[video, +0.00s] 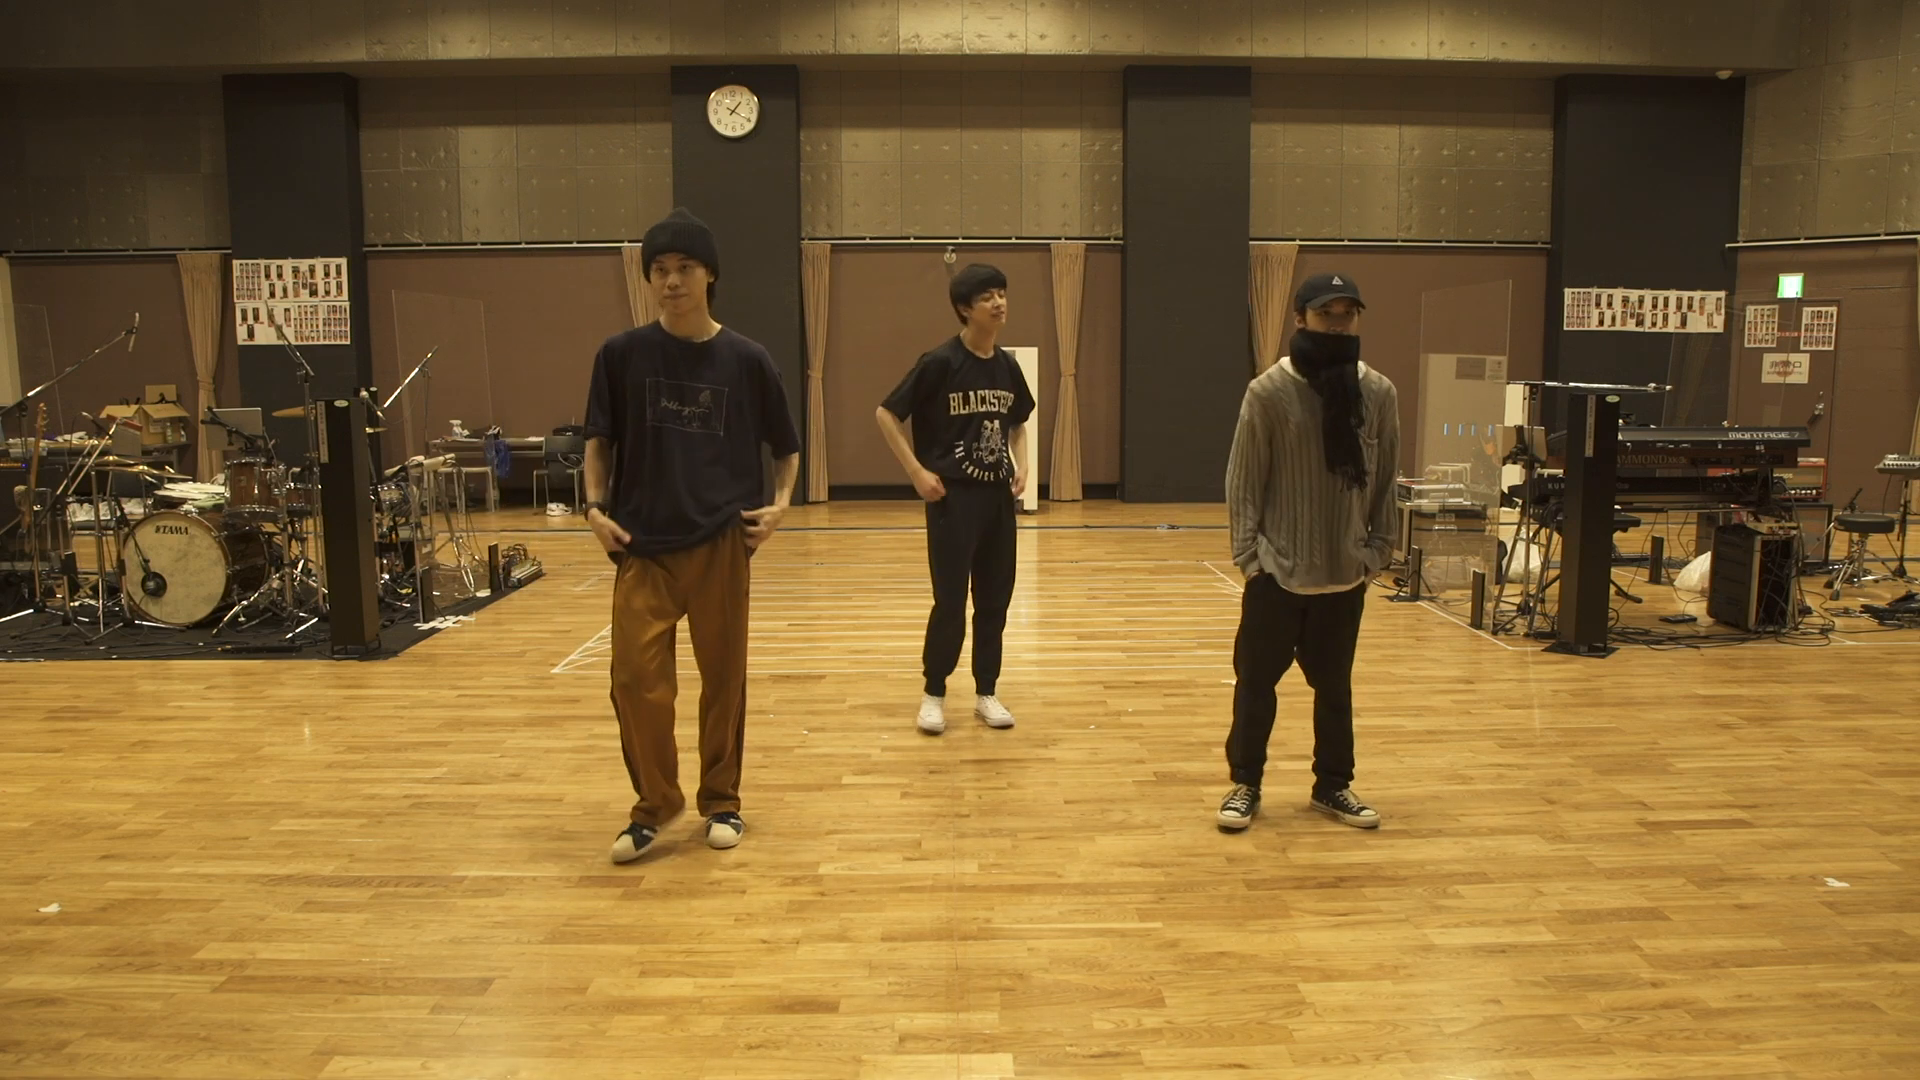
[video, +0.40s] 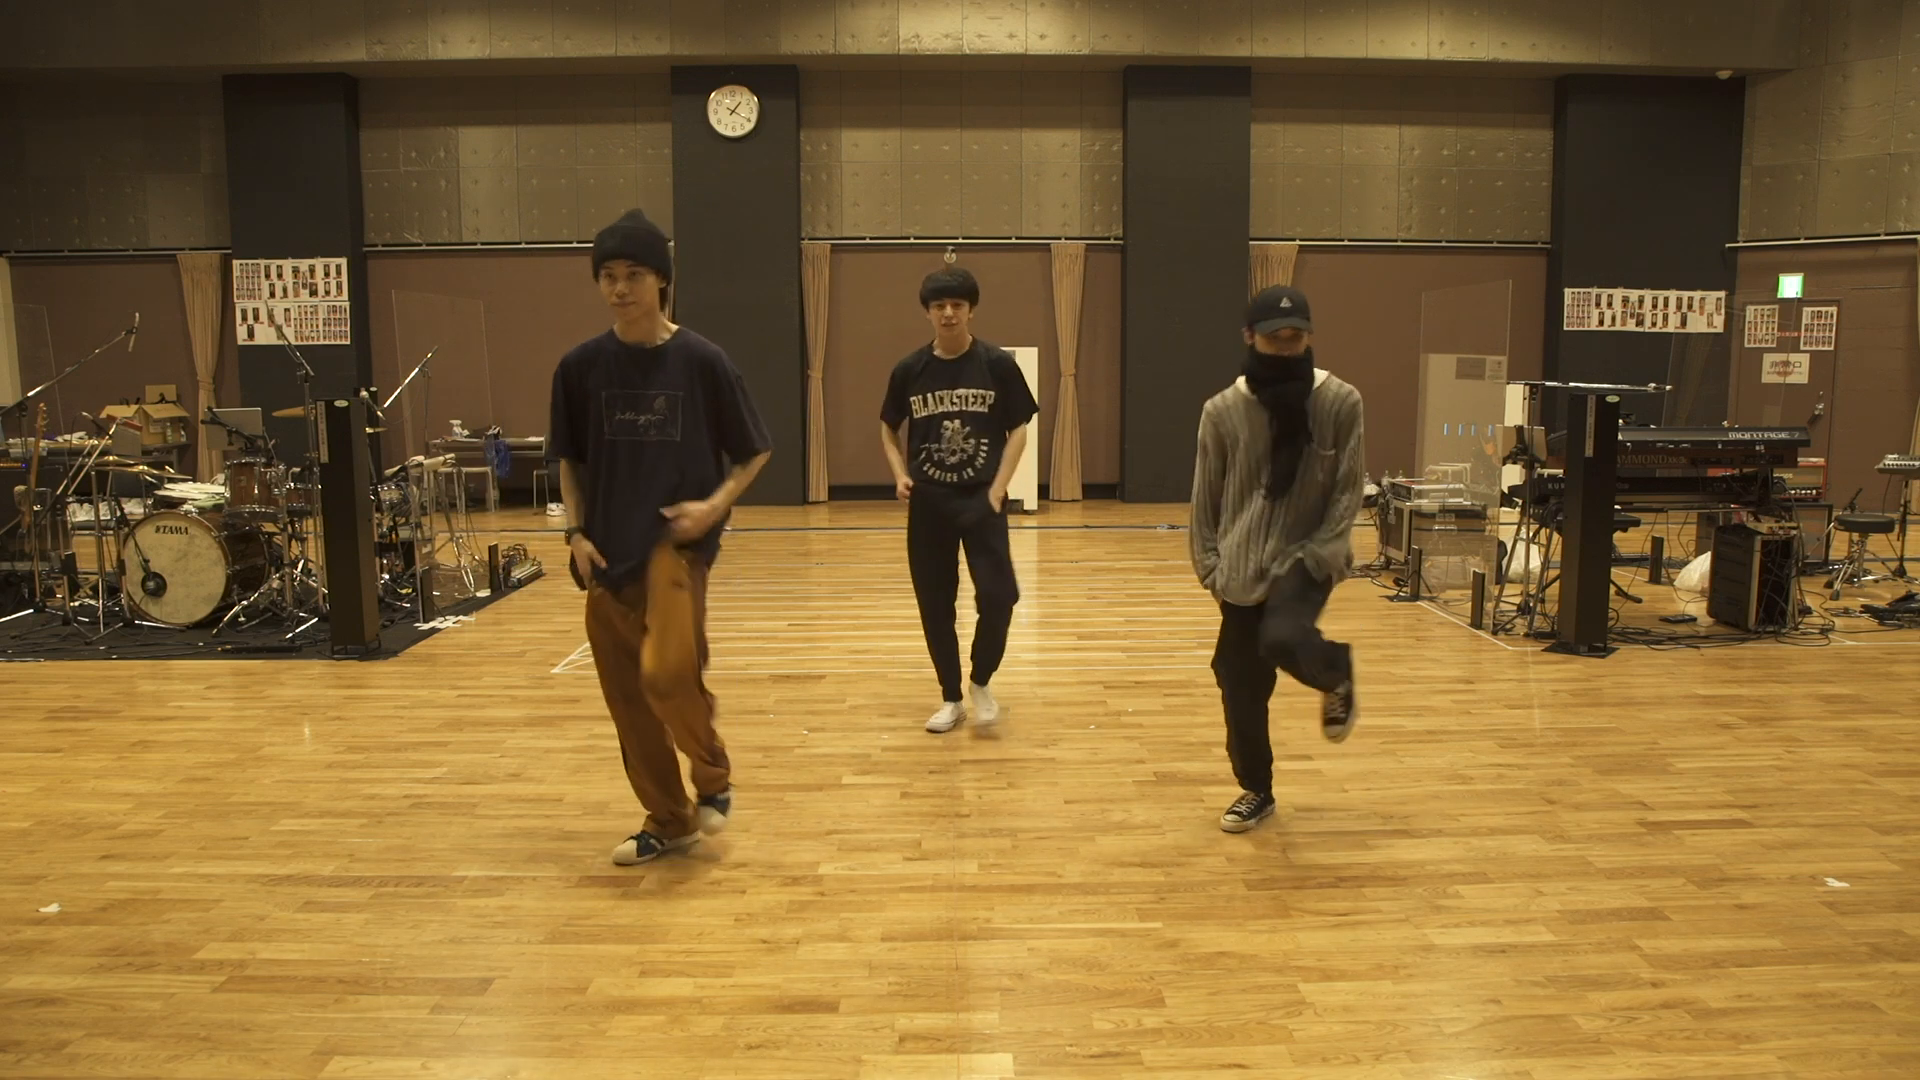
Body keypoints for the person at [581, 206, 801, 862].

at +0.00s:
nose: (671, 282)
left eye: (684, 270)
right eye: (660, 271)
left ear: (710, 276)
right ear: (648, 280)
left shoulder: (747, 361)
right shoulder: (621, 356)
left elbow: (786, 446)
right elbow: (597, 440)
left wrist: (780, 505)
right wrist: (594, 507)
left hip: (721, 546)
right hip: (640, 551)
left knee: (724, 680)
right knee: (634, 683)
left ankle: (722, 806)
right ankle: (654, 807)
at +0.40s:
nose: (620, 289)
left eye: (633, 276)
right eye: (609, 278)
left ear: (663, 280)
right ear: (598, 287)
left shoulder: (702, 362)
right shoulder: (579, 368)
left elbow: (754, 451)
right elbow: (570, 460)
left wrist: (715, 506)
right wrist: (576, 530)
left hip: (676, 551)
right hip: (607, 557)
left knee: (666, 678)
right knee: (628, 698)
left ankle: (711, 774)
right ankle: (668, 818)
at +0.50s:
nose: (591, 288)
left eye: (604, 274)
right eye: (579, 277)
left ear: (635, 278)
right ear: (569, 283)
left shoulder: (670, 353)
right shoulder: (571, 349)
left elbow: (739, 436)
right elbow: (583, 438)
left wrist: (677, 501)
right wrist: (589, 506)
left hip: (668, 533)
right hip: (609, 531)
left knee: (622, 658)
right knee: (623, 668)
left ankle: (669, 792)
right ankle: (659, 808)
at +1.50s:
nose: (610, 308)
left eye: (622, 297)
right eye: (600, 297)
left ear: (651, 296)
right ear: (588, 298)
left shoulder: (688, 368)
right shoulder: (589, 372)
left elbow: (727, 464)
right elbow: (602, 465)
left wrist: (708, 553)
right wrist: (605, 530)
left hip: (694, 559)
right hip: (629, 558)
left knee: (686, 682)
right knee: (625, 688)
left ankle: (679, 778)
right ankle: (628, 807)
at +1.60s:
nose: (623, 316)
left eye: (636, 305)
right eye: (613, 304)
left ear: (662, 305)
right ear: (600, 304)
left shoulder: (702, 373)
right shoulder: (591, 375)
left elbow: (761, 453)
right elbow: (601, 462)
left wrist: (728, 534)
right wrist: (612, 527)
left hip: (708, 559)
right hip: (640, 560)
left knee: (721, 687)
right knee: (625, 690)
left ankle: (720, 766)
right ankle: (631, 807)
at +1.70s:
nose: (651, 314)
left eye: (664, 304)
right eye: (642, 302)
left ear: (690, 303)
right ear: (629, 300)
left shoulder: (734, 369)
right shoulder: (609, 364)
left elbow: (785, 437)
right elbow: (611, 444)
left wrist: (756, 504)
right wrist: (618, 512)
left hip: (724, 555)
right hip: (646, 559)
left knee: (772, 675)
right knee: (621, 690)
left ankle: (806, 791)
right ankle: (624, 808)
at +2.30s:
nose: (572, 304)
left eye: (583, 289)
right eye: (560, 294)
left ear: (616, 288)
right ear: (554, 301)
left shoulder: (662, 373)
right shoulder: (559, 364)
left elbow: (721, 453)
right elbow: (563, 443)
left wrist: (661, 505)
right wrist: (553, 506)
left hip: (639, 553)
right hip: (571, 549)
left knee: (684, 690)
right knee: (551, 683)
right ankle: (547, 805)